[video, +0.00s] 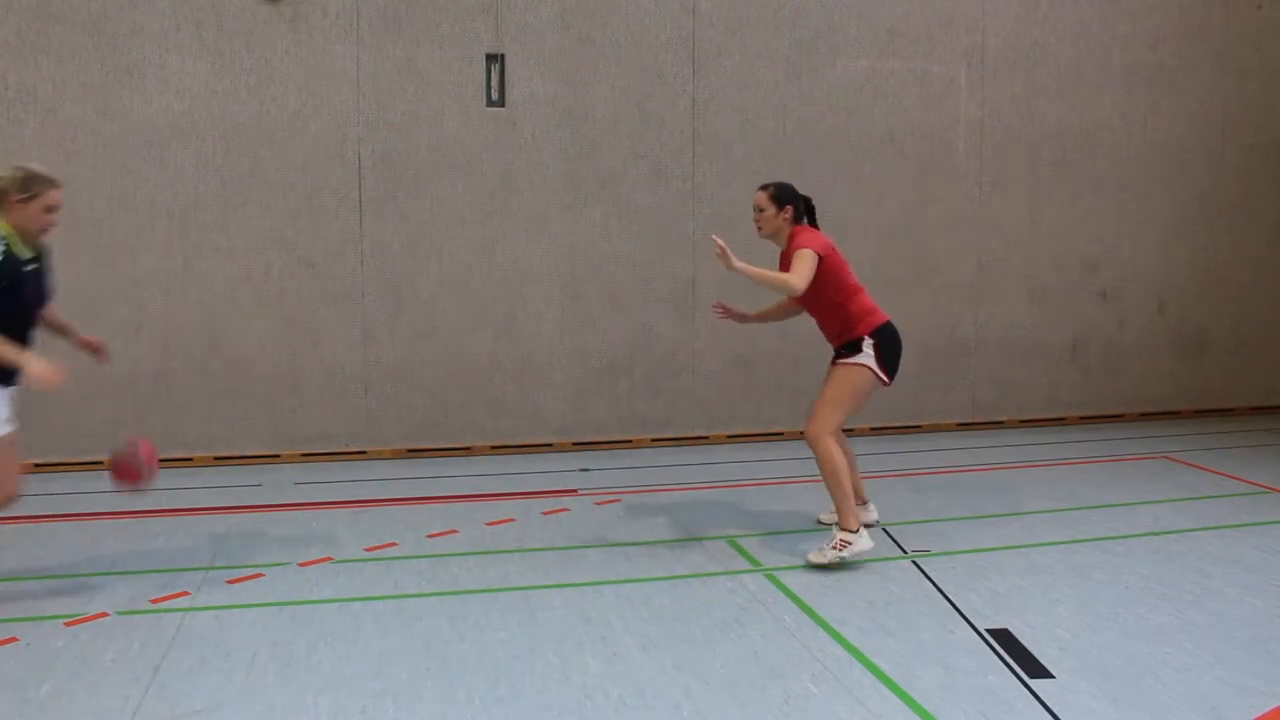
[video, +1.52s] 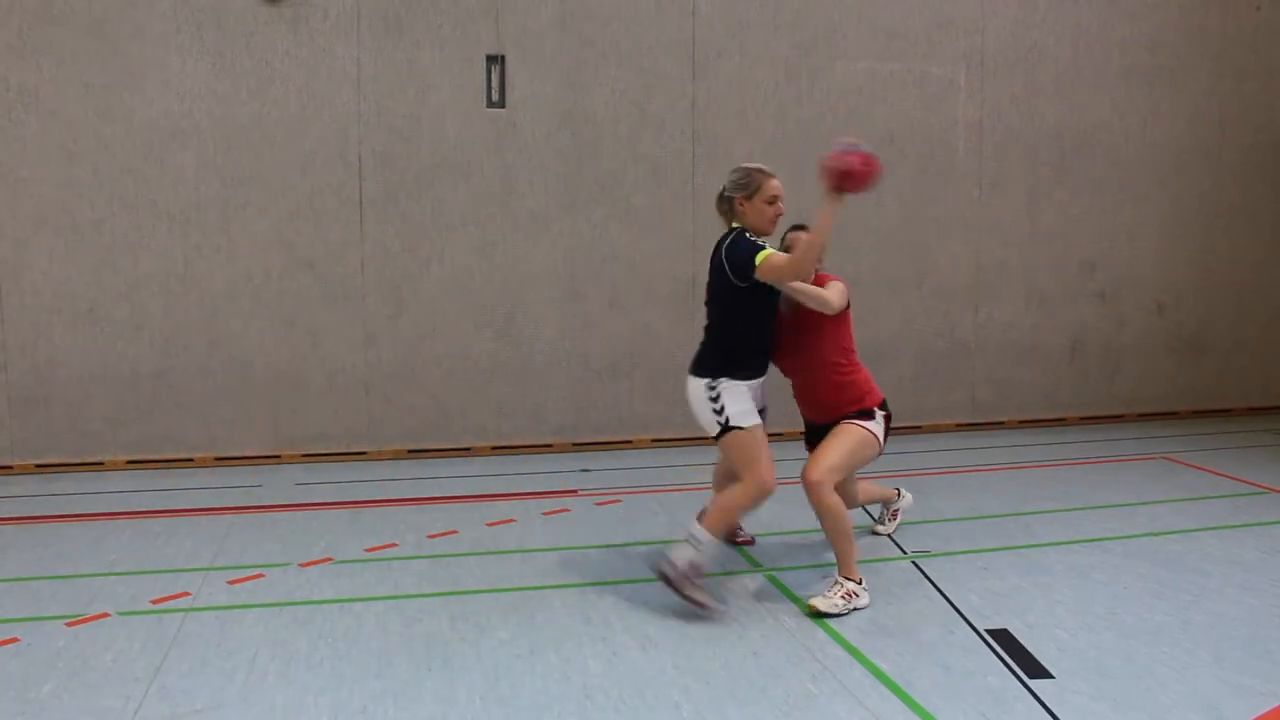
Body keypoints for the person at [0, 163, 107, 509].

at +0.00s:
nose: (53, 220)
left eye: (56, 211)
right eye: (48, 210)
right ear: (15, 205)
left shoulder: (33, 250)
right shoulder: (2, 253)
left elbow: (36, 309)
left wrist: (77, 338)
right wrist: (27, 361)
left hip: (8, 383)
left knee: (8, 487)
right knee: (6, 488)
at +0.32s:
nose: (224, 228)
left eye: (223, 219)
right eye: (215, 220)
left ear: (190, 227)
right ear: (185, 226)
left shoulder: (194, 276)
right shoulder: (173, 277)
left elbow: (188, 345)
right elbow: (155, 353)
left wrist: (219, 379)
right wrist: (216, 372)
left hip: (171, 396)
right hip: (135, 399)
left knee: (233, 451)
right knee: (154, 502)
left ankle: (193, 537)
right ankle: (77, 574)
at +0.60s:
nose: (400, 177)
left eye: (400, 169)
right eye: (392, 170)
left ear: (397, 178)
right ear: (367, 175)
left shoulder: (395, 223)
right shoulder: (351, 218)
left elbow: (431, 269)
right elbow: (321, 235)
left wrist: (481, 298)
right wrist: (367, 199)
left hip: (397, 353)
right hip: (362, 354)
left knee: (401, 448)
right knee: (380, 452)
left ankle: (352, 530)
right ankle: (316, 520)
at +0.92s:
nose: (630, 206)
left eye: (628, 199)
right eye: (621, 200)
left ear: (608, 209)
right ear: (596, 208)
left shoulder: (618, 251)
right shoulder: (586, 247)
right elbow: (552, 259)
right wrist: (517, 206)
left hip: (634, 378)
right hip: (598, 380)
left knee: (686, 437)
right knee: (571, 471)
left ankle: (698, 525)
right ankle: (488, 535)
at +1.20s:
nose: (742, 204)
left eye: (742, 196)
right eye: (735, 197)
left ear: (730, 203)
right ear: (711, 204)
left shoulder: (728, 245)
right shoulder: (712, 241)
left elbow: (707, 313)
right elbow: (706, 260)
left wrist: (772, 343)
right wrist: (691, 200)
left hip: (737, 369)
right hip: (712, 370)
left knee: (765, 445)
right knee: (677, 463)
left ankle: (712, 519)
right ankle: (593, 528)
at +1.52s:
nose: (780, 209)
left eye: (781, 201)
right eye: (772, 201)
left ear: (748, 207)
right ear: (741, 204)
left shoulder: (753, 245)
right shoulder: (738, 248)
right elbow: (796, 269)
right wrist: (833, 202)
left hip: (746, 377)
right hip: (721, 381)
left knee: (738, 459)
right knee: (758, 481)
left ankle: (719, 518)